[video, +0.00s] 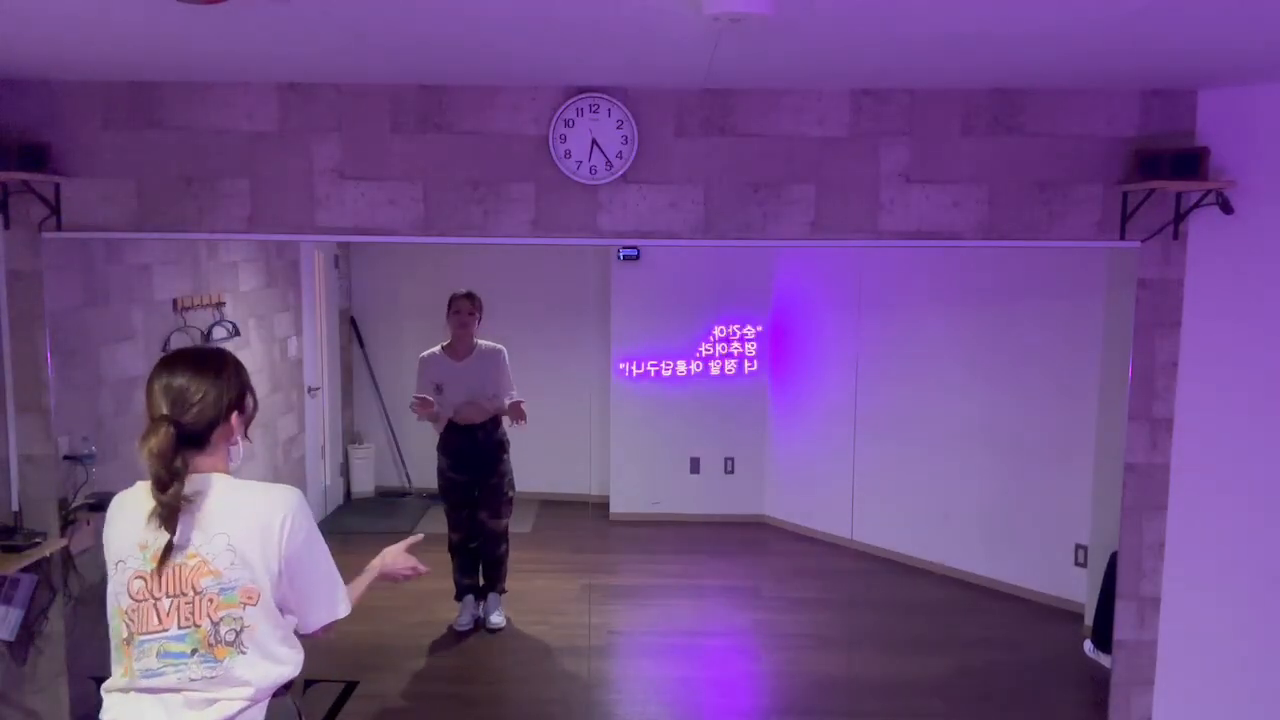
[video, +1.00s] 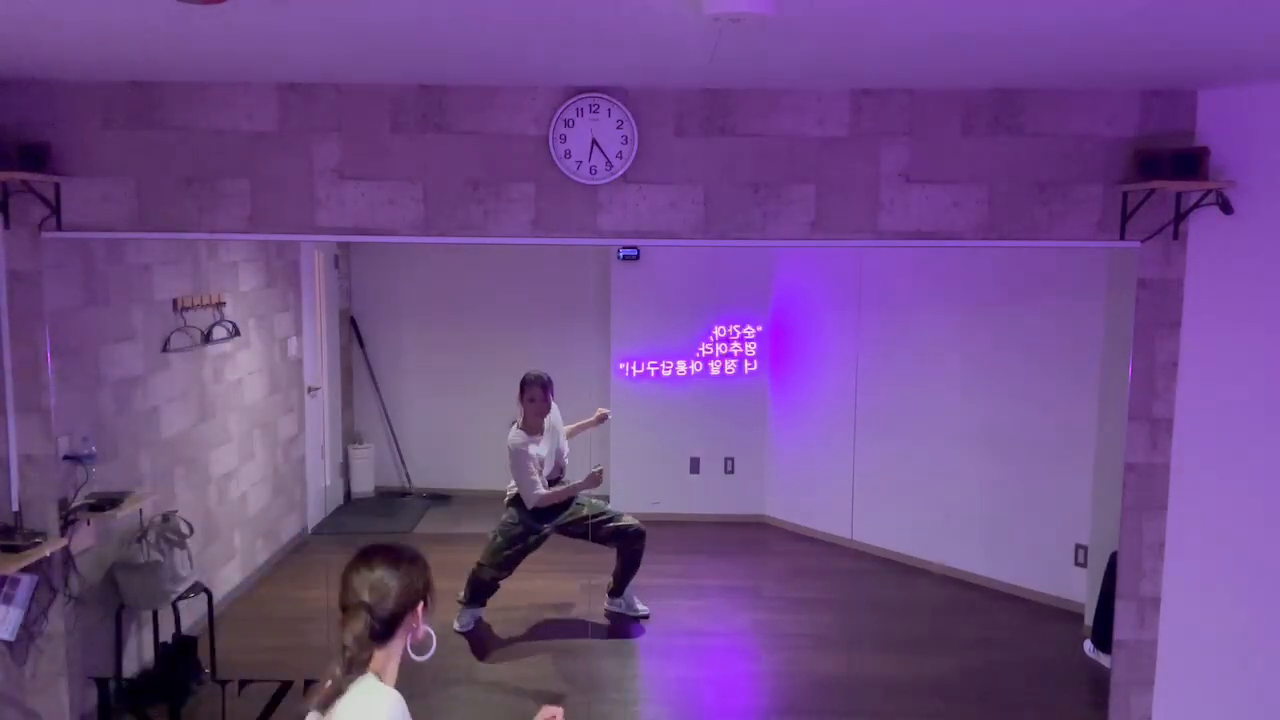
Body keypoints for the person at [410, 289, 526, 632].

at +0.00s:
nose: (463, 319)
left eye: (469, 313)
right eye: (456, 313)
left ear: (479, 318)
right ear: (447, 318)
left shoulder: (495, 354)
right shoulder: (429, 361)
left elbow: (507, 401)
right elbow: (429, 412)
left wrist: (512, 408)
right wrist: (427, 410)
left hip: (491, 445)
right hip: (453, 447)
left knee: (494, 523)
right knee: (459, 526)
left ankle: (494, 599)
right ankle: (467, 600)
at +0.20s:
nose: (462, 320)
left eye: (468, 314)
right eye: (455, 315)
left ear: (478, 319)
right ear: (446, 321)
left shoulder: (498, 353)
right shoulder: (434, 363)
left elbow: (507, 404)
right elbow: (437, 416)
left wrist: (489, 409)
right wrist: (474, 413)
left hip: (494, 442)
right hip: (457, 446)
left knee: (500, 519)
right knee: (459, 524)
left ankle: (490, 548)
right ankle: (468, 597)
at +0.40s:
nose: (464, 321)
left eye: (470, 314)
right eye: (458, 316)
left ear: (480, 317)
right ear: (450, 321)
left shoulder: (506, 351)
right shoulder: (443, 364)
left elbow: (520, 406)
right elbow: (457, 421)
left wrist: (523, 451)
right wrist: (488, 453)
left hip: (505, 439)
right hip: (467, 443)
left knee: (512, 526)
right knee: (465, 527)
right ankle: (468, 600)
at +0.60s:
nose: (483, 326)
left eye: (488, 318)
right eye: (475, 321)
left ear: (499, 321)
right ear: (468, 327)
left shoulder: (513, 350)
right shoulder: (474, 365)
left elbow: (523, 395)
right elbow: (488, 419)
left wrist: (539, 428)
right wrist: (500, 464)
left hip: (518, 441)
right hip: (483, 448)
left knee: (557, 511)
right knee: (477, 528)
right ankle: (469, 601)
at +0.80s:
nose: (516, 367)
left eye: (521, 360)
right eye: (509, 361)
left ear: (529, 360)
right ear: (500, 364)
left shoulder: (532, 379)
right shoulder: (505, 407)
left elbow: (533, 416)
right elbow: (520, 464)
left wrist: (557, 420)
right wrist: (561, 484)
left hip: (539, 472)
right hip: (510, 480)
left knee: (599, 527)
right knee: (493, 545)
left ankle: (613, 592)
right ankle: (470, 607)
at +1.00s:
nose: (538, 407)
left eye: (543, 400)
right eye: (531, 400)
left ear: (551, 399)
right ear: (521, 401)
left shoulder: (552, 412)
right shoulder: (519, 444)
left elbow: (558, 437)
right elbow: (534, 499)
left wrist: (591, 422)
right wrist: (583, 484)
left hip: (564, 503)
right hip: (528, 512)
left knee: (633, 533)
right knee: (489, 567)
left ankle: (618, 597)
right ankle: (471, 607)